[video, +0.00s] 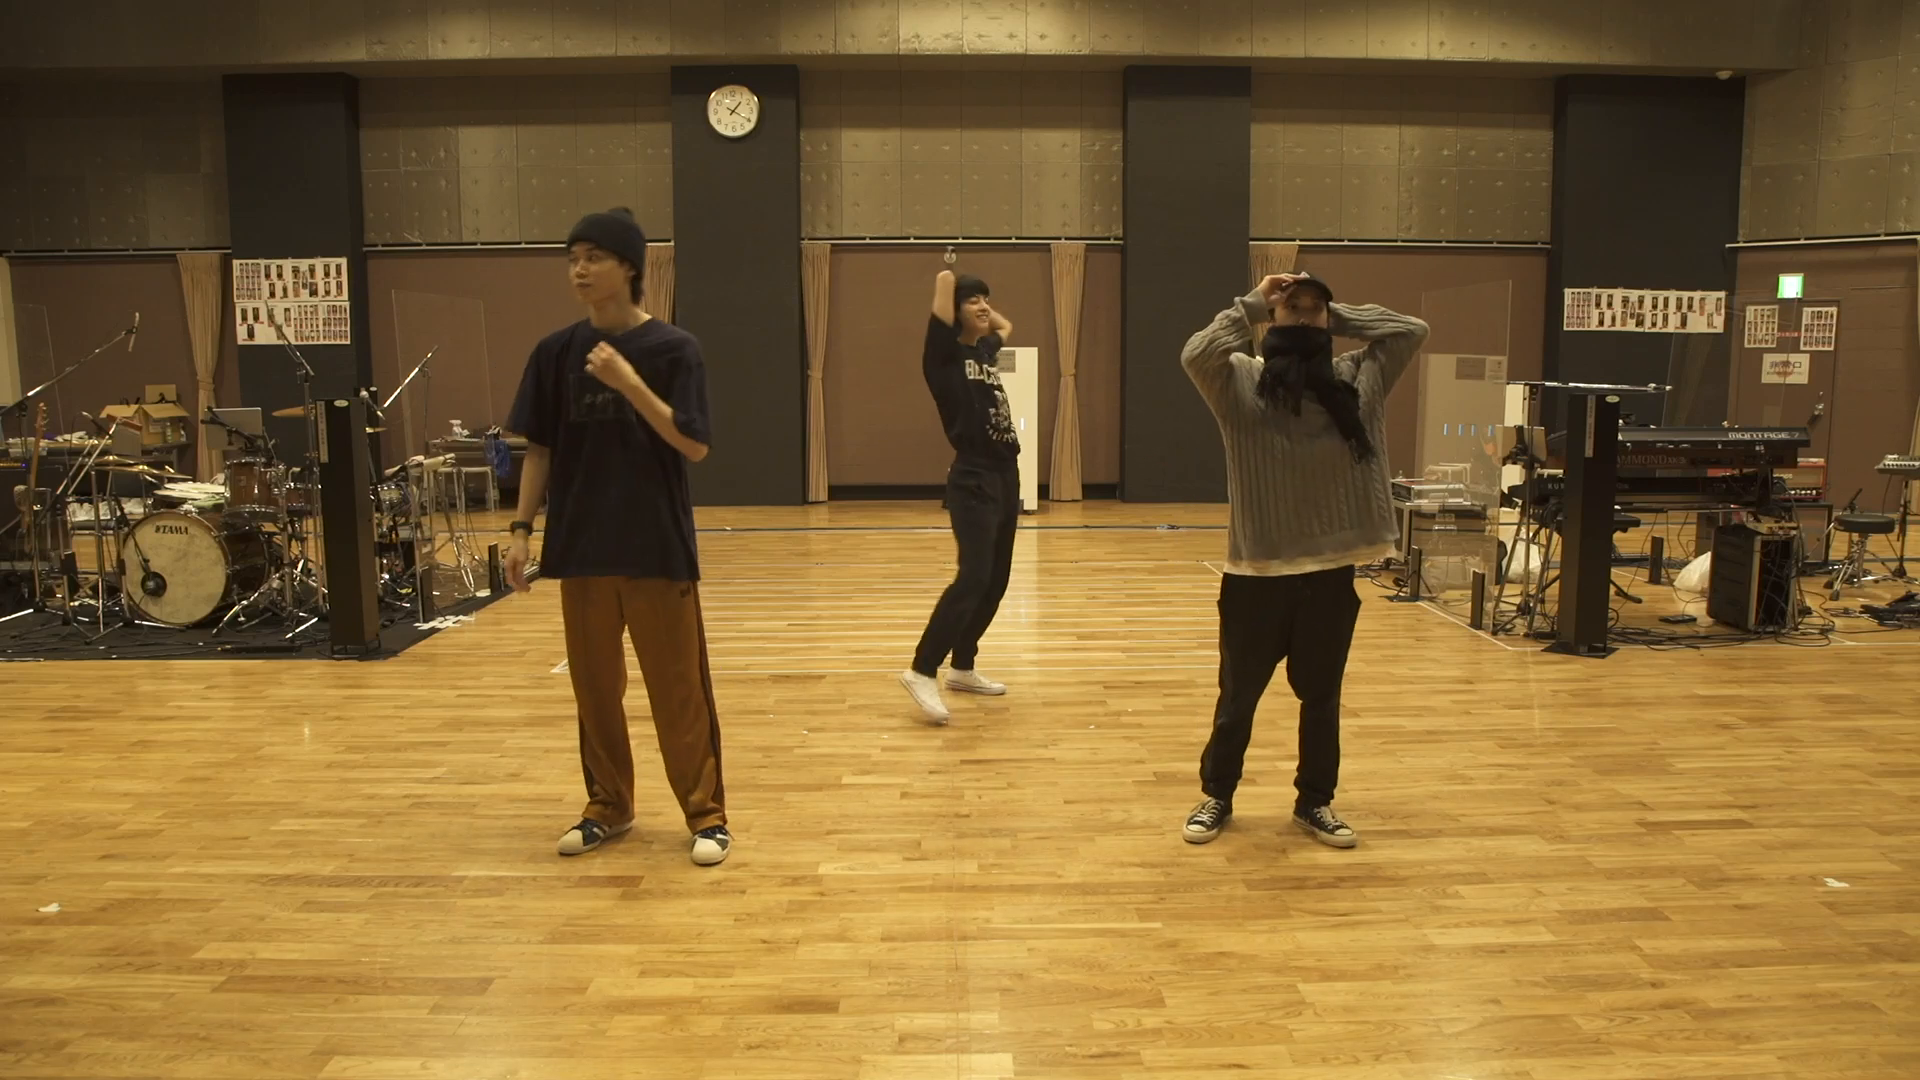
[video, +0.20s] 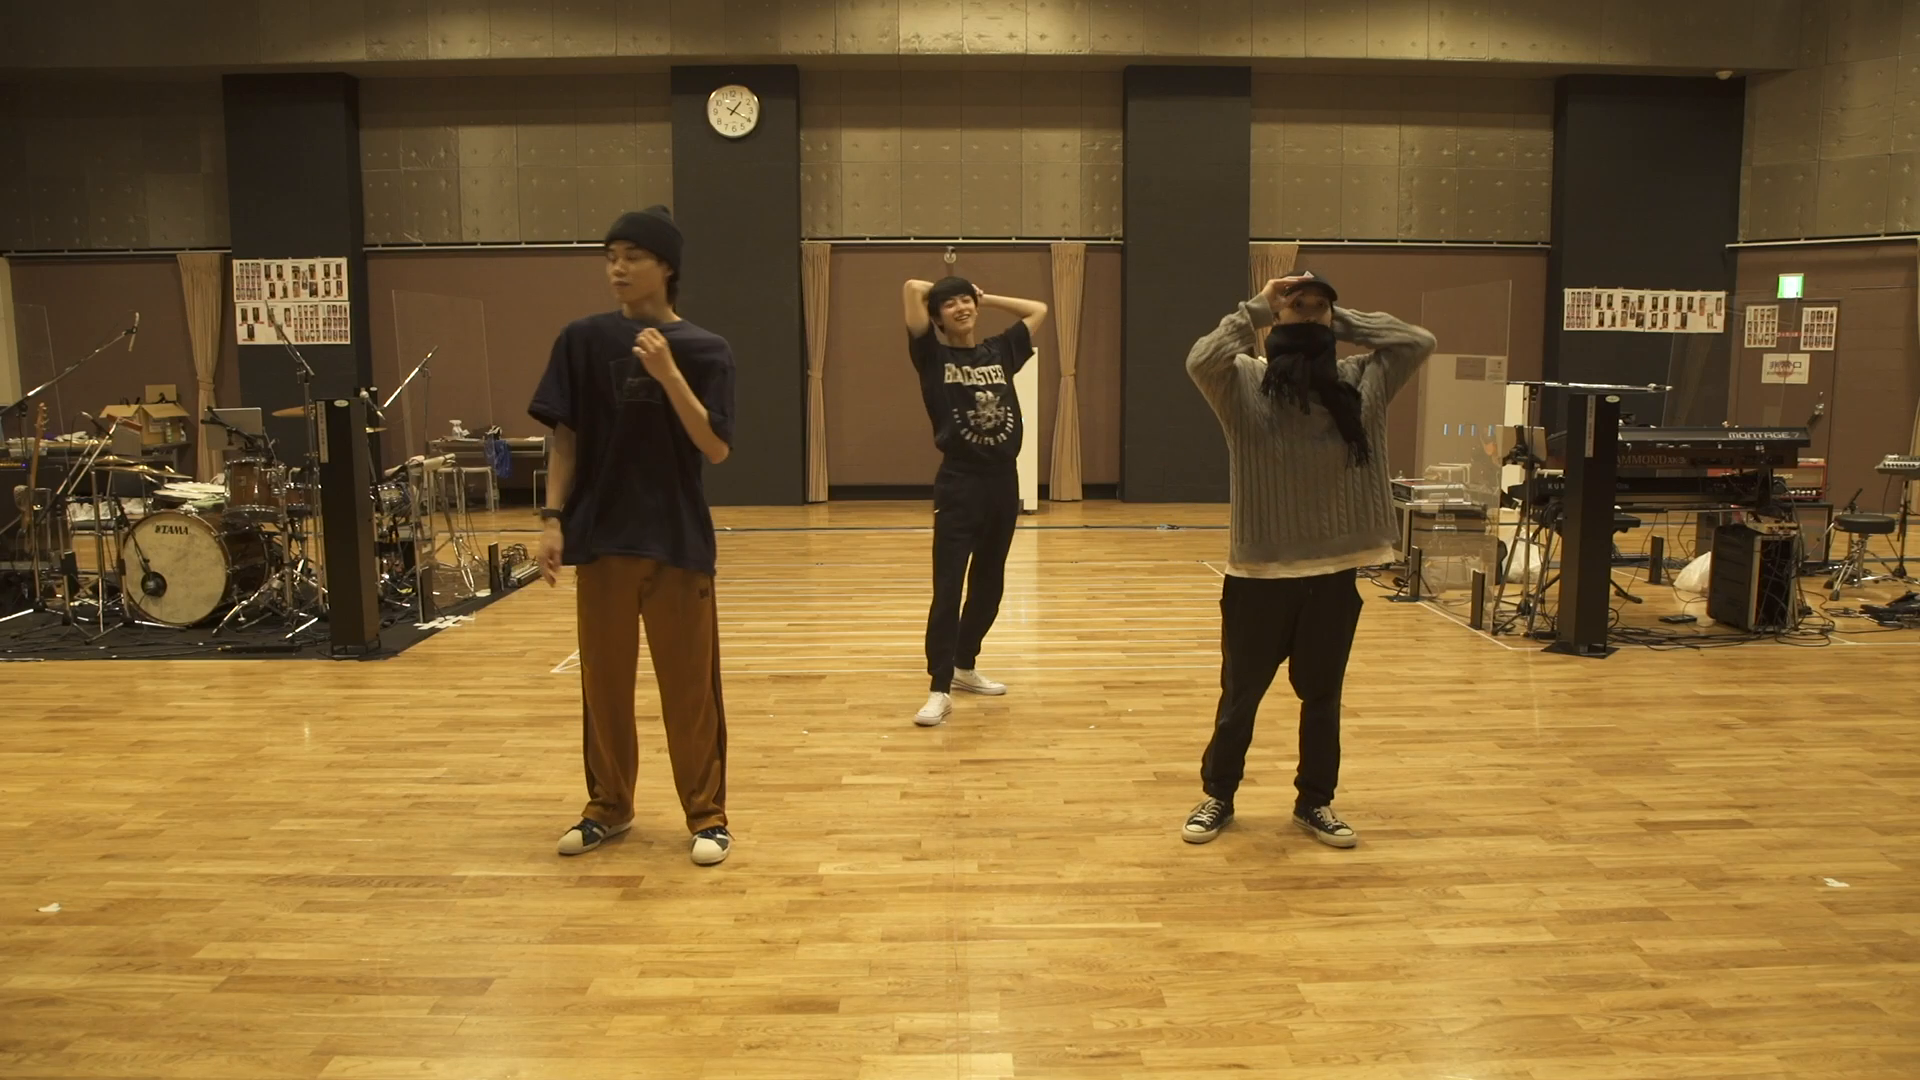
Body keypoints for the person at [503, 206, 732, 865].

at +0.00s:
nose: (580, 271)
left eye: (594, 259)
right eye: (575, 260)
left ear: (630, 267)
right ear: (570, 270)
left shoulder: (674, 350)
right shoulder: (555, 353)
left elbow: (694, 444)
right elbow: (538, 450)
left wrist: (631, 384)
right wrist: (522, 527)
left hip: (658, 550)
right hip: (578, 551)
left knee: (680, 690)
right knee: (595, 689)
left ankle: (706, 816)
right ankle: (607, 810)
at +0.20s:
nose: (618, 271)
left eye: (633, 260)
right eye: (612, 260)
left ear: (668, 269)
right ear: (606, 269)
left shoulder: (706, 351)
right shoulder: (582, 341)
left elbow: (716, 447)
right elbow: (563, 439)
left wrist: (670, 376)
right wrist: (552, 519)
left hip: (679, 542)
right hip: (599, 541)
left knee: (690, 687)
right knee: (604, 683)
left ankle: (707, 818)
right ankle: (608, 810)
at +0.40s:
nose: (671, 271)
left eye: (685, 260)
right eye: (661, 260)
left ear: (710, 273)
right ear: (647, 271)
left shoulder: (739, 359)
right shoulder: (611, 349)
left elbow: (750, 454)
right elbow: (574, 436)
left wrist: (708, 398)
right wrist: (593, 499)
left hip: (707, 549)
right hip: (628, 546)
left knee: (709, 689)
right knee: (613, 681)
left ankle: (709, 816)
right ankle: (607, 805)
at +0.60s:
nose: (690, 275)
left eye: (705, 265)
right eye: (681, 263)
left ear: (729, 277)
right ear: (668, 271)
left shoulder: (757, 362)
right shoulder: (640, 346)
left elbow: (779, 453)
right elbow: (614, 440)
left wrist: (732, 408)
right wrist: (605, 387)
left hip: (720, 552)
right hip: (641, 549)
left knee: (716, 692)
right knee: (630, 693)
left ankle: (711, 821)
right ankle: (622, 826)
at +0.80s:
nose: (700, 277)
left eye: (714, 268)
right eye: (692, 266)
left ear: (742, 279)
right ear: (680, 275)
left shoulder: (768, 367)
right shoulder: (646, 345)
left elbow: (784, 460)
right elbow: (613, 428)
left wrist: (731, 456)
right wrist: (604, 364)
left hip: (725, 555)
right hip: (647, 548)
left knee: (719, 690)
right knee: (634, 684)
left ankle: (711, 821)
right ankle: (627, 830)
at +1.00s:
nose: (702, 284)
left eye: (718, 274)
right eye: (697, 272)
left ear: (747, 287)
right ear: (688, 279)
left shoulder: (769, 372)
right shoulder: (652, 349)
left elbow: (771, 473)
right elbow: (615, 432)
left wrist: (762, 557)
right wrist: (607, 377)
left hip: (725, 553)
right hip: (647, 545)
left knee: (719, 690)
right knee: (622, 672)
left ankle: (710, 820)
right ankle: (602, 821)